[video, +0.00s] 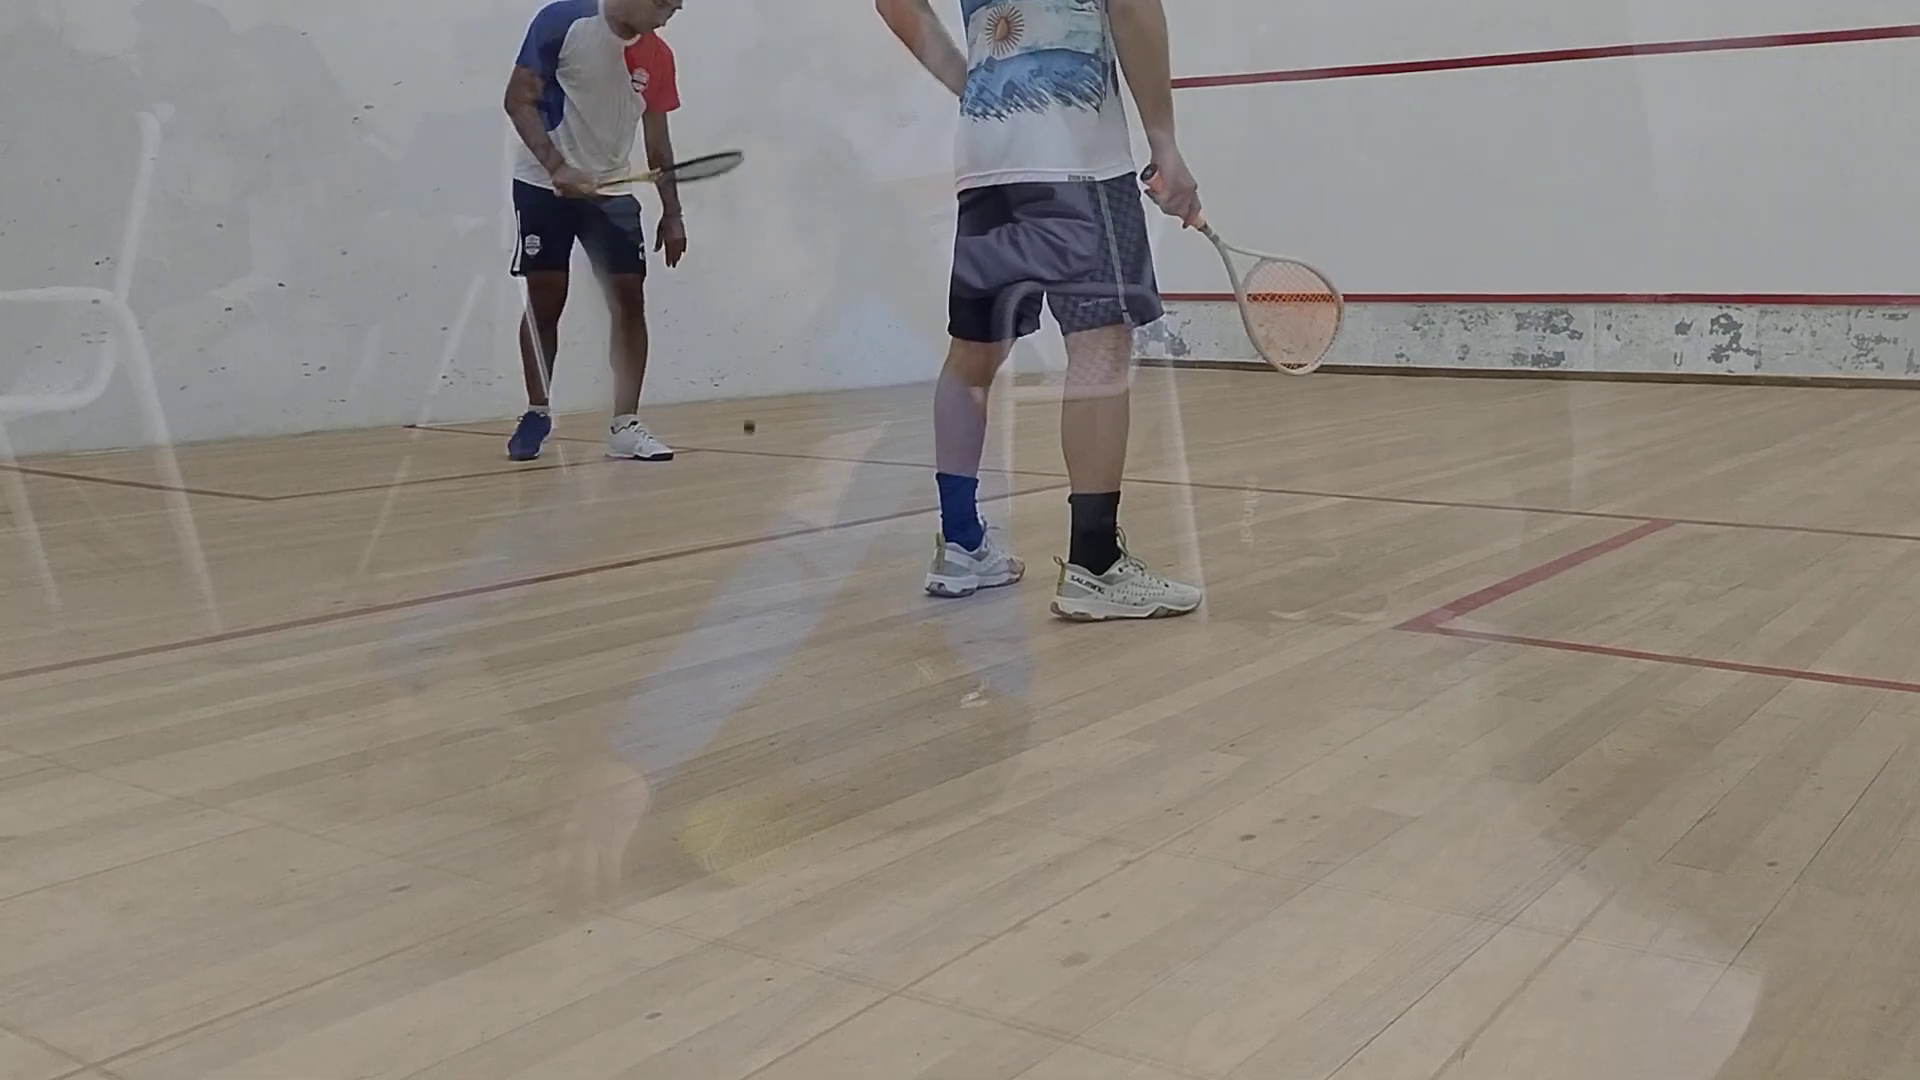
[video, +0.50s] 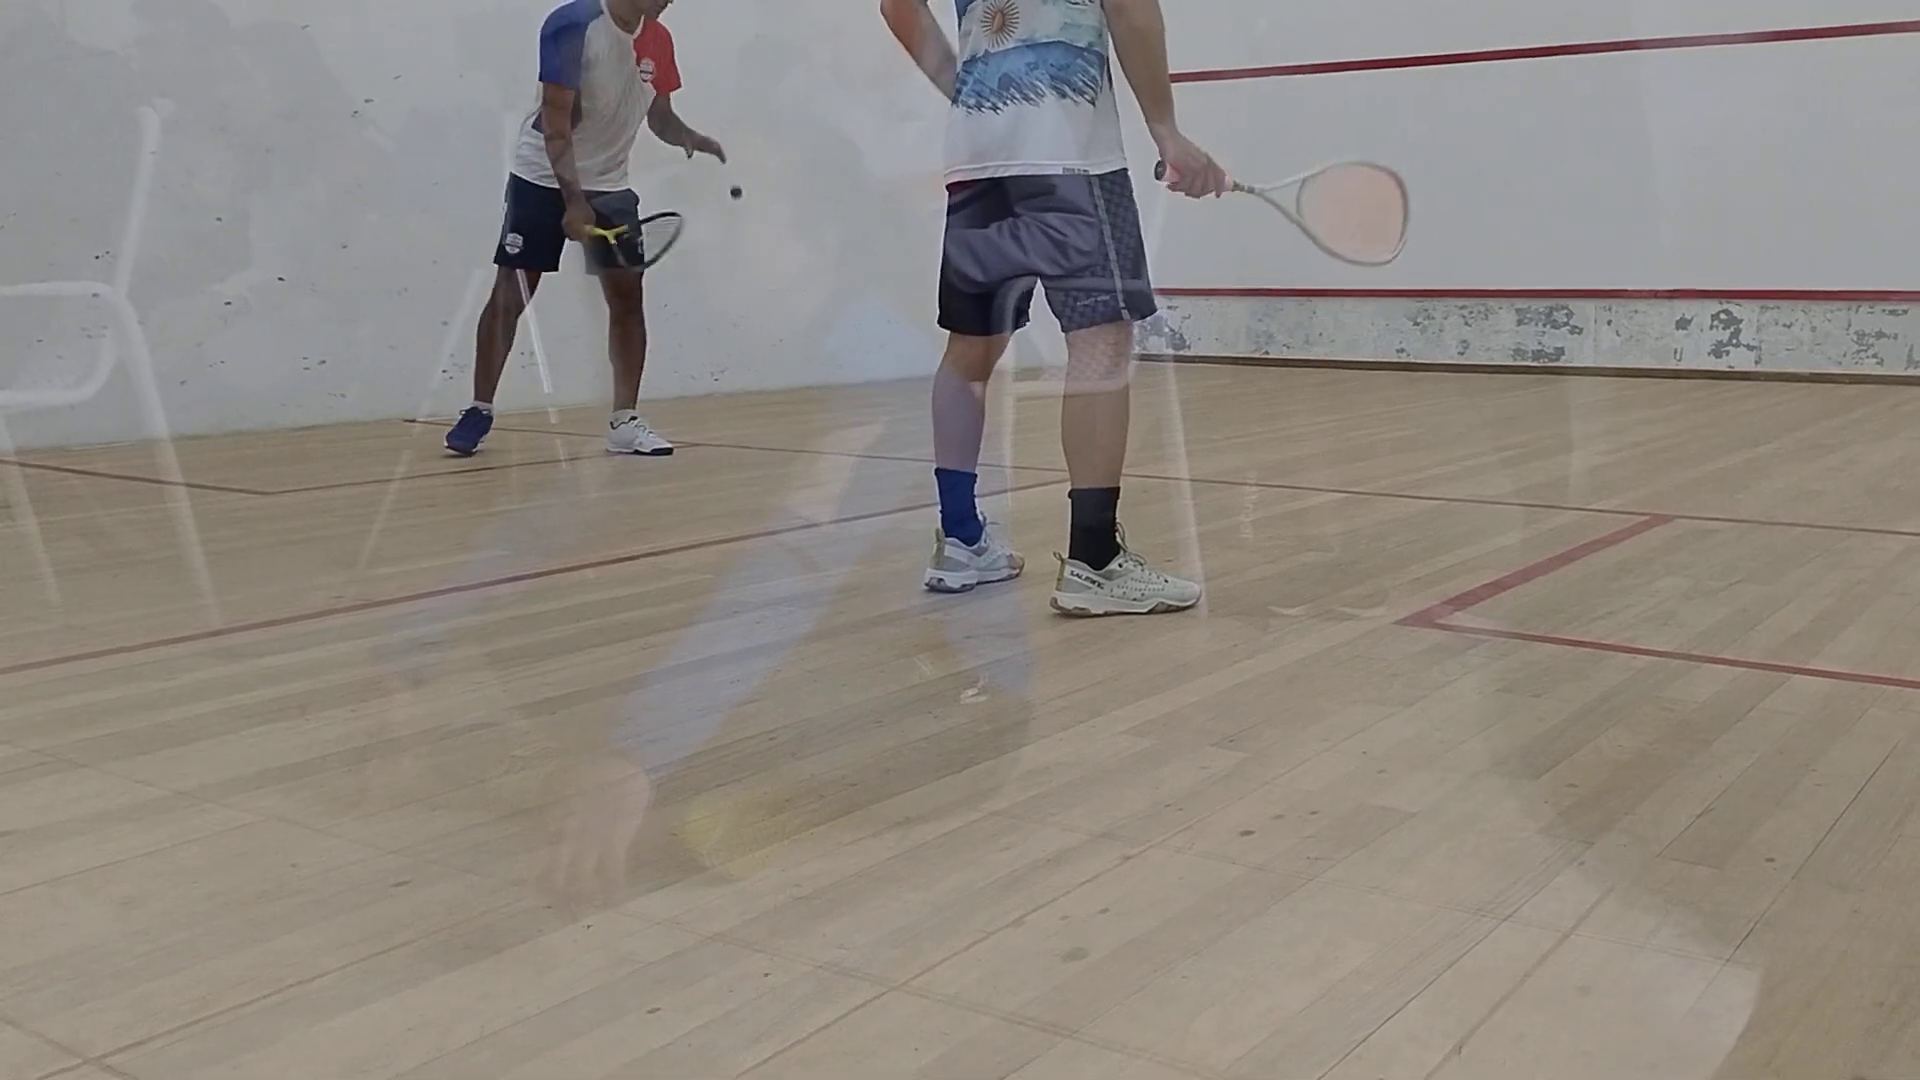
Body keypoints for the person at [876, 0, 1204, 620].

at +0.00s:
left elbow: (897, 5)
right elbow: (1132, 8)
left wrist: (973, 86)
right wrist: (1164, 145)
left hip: (982, 140)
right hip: (1074, 138)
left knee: (971, 355)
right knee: (1100, 353)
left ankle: (961, 547)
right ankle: (1095, 565)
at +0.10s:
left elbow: (897, 4)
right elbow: (1131, 8)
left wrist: (975, 87)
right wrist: (1165, 144)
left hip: (981, 140)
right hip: (1074, 138)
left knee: (972, 354)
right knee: (1101, 352)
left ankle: (961, 547)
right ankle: (1096, 565)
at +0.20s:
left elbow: (899, 4)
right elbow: (1131, 8)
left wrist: (975, 87)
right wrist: (1167, 142)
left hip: (982, 139)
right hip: (1075, 138)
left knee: (973, 352)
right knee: (1104, 352)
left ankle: (962, 546)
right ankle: (1097, 565)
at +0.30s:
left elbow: (898, 4)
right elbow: (1130, 7)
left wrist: (973, 86)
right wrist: (1167, 137)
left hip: (981, 136)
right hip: (1073, 134)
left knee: (973, 350)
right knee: (1104, 349)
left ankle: (962, 543)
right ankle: (1097, 563)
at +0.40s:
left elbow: (897, 4)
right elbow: (1128, 7)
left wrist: (968, 86)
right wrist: (1166, 134)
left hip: (978, 136)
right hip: (1072, 134)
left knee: (970, 350)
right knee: (1101, 349)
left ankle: (961, 542)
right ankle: (1095, 562)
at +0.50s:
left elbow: (899, 5)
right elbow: (1129, 8)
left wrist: (967, 89)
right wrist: (1168, 130)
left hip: (973, 134)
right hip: (1069, 130)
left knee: (968, 351)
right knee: (1099, 347)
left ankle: (959, 541)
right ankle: (1095, 561)